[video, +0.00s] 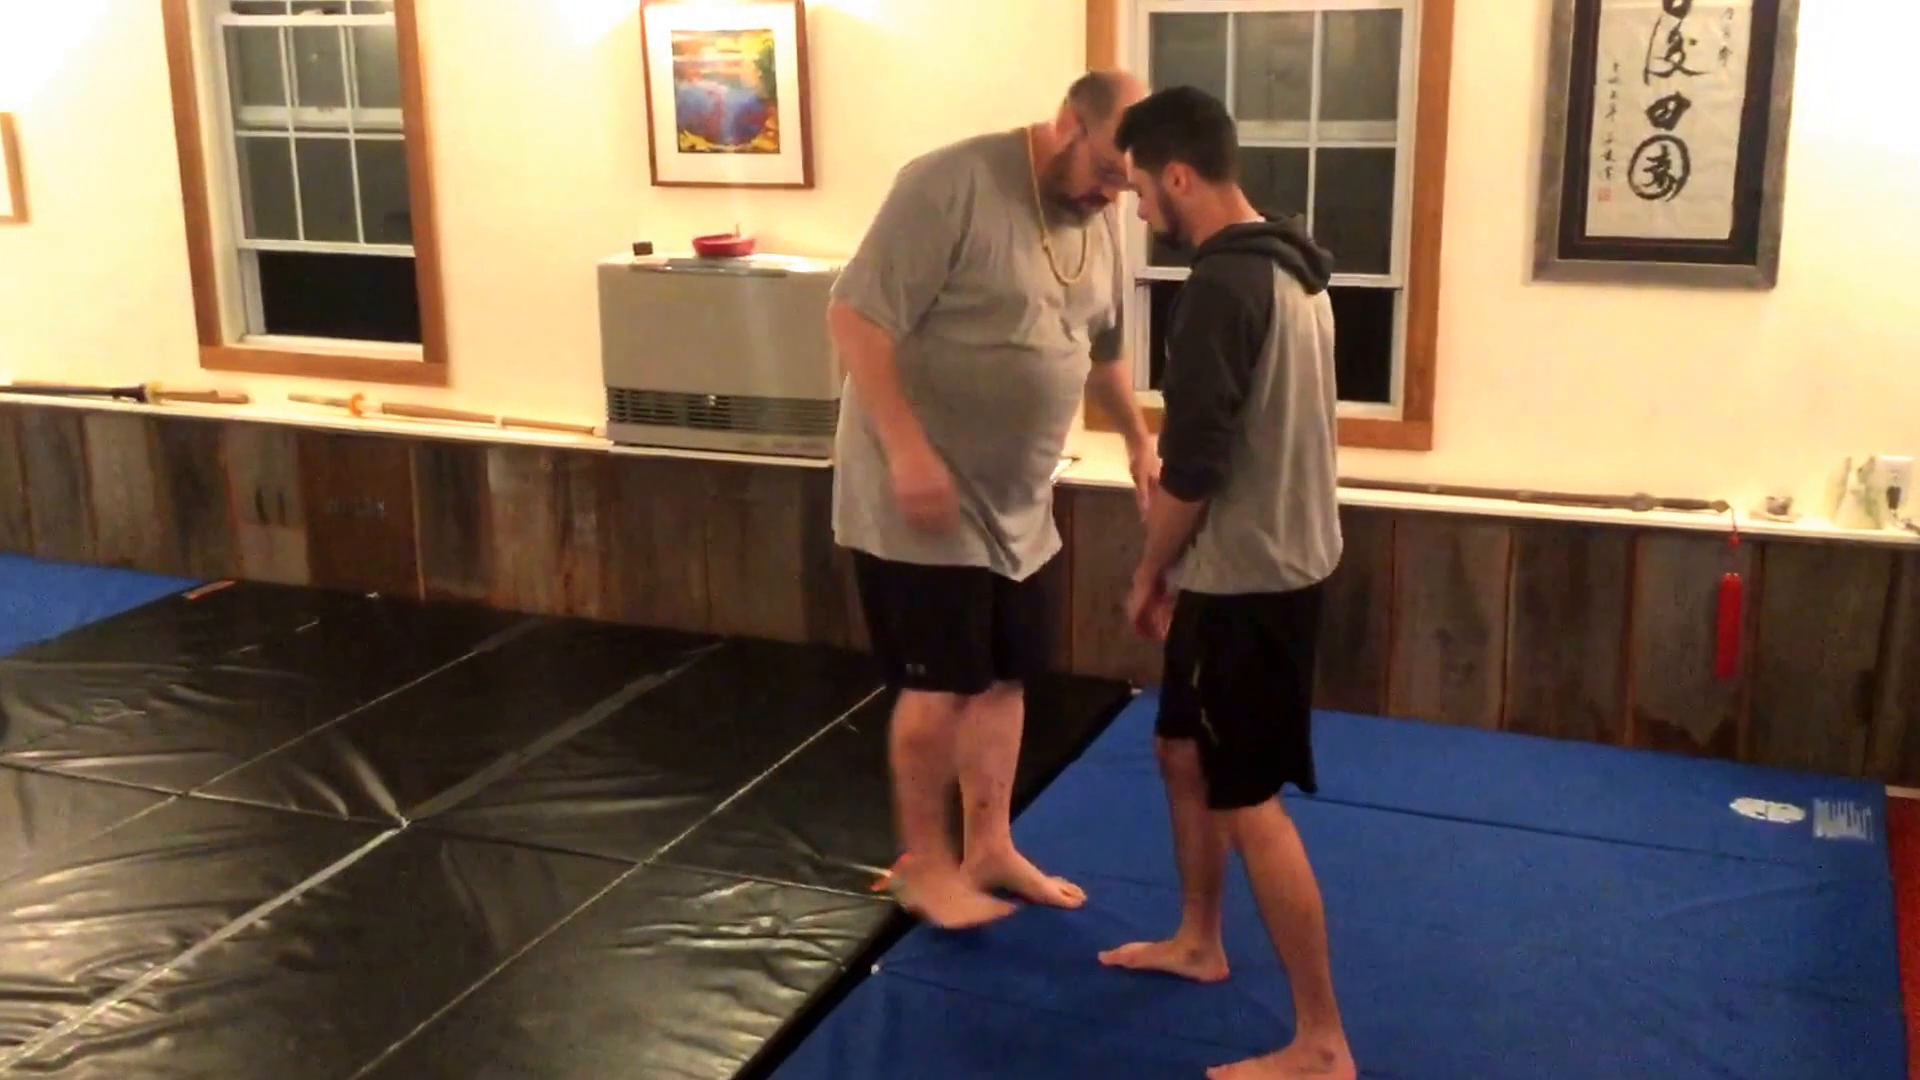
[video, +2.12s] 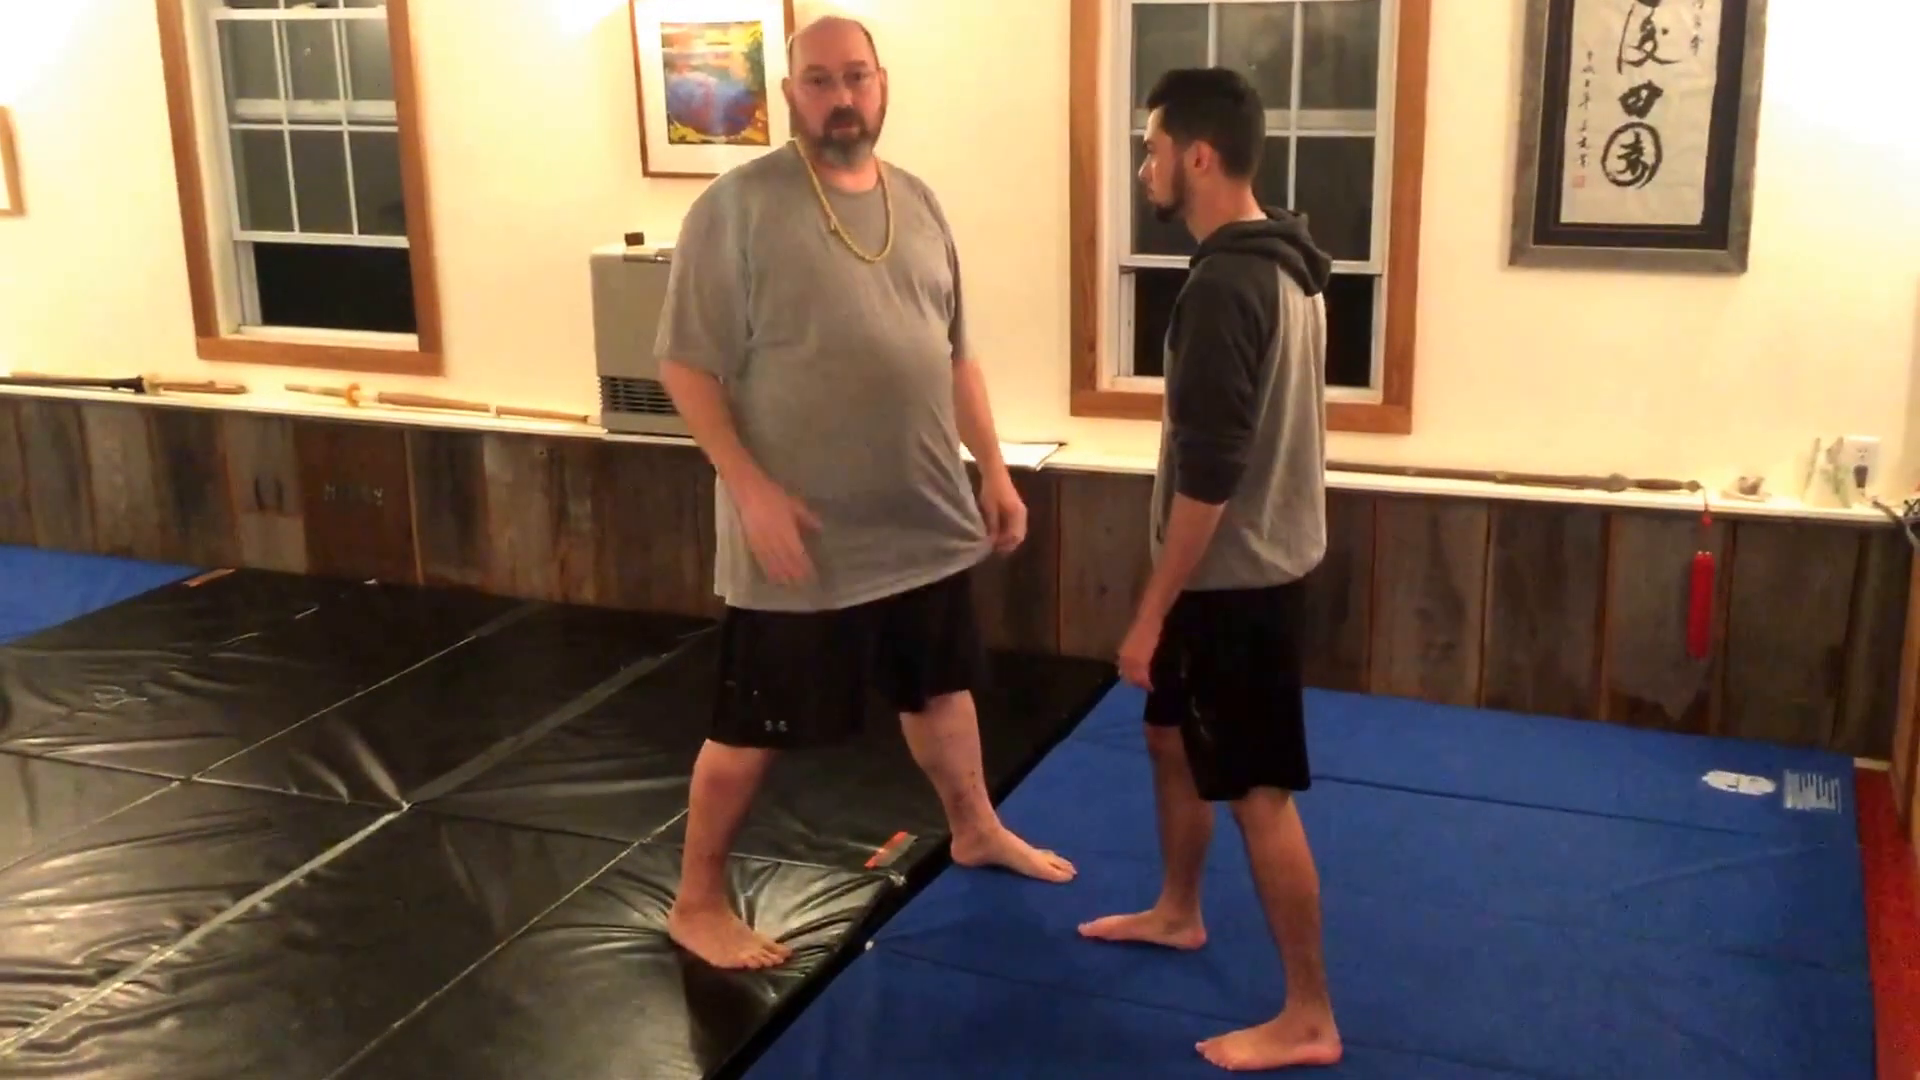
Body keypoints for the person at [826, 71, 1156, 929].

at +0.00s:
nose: (1114, 194)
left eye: (1126, 179)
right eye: (1107, 172)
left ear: (1125, 159)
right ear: (1065, 127)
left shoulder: (1102, 220)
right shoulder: (948, 183)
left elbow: (1102, 352)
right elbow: (856, 315)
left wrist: (1139, 438)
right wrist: (906, 448)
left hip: (1017, 495)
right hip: (916, 488)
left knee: (1004, 676)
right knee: (935, 680)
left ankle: (989, 850)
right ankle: (921, 866)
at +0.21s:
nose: (1114, 188)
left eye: (1127, 174)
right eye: (1107, 165)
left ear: (1134, 164)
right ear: (1061, 126)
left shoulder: (1100, 212)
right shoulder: (950, 184)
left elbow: (1087, 338)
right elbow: (863, 319)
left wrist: (1118, 441)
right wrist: (925, 448)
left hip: (1008, 495)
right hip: (901, 490)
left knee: (996, 669)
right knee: (878, 674)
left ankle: (987, 848)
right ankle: (786, 870)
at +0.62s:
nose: (1001, 192)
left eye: (1012, 176)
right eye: (992, 170)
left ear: (1014, 158)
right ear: (938, 133)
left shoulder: (973, 218)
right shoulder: (842, 218)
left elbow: (993, 353)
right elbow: (781, 378)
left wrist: (1036, 447)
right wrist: (836, 514)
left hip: (944, 530)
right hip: (827, 537)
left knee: (981, 680)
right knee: (779, 718)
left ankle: (983, 841)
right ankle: (705, 907)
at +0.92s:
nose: (890, 169)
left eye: (904, 149)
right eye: (873, 147)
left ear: (914, 136)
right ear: (819, 124)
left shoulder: (908, 210)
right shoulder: (744, 221)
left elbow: (912, 361)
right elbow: (680, 383)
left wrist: (927, 476)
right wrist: (690, 533)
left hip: (896, 521)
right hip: (784, 539)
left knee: (932, 692)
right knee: (747, 735)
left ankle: (979, 840)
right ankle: (699, 914)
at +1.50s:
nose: (840, 119)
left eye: (856, 100)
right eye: (819, 101)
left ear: (878, 102)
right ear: (780, 103)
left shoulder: (902, 205)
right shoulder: (719, 218)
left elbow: (944, 346)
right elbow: (670, 375)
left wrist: (992, 458)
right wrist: (725, 489)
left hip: (903, 519)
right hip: (784, 537)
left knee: (935, 686)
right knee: (750, 733)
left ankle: (978, 836)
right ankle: (696, 907)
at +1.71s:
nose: (825, 107)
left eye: (841, 87)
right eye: (805, 91)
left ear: (871, 91)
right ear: (776, 101)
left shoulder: (911, 205)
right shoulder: (727, 207)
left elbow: (945, 348)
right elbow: (670, 356)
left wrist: (974, 462)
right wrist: (728, 352)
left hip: (905, 507)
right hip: (782, 521)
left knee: (940, 683)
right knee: (748, 727)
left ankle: (977, 834)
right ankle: (695, 904)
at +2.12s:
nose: (843, 96)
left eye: (857, 78)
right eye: (821, 81)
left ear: (884, 88)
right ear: (789, 94)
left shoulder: (919, 205)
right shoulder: (735, 208)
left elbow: (953, 349)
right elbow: (685, 366)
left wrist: (993, 466)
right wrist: (751, 490)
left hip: (923, 515)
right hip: (788, 533)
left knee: (942, 684)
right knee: (747, 727)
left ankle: (977, 831)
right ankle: (697, 899)